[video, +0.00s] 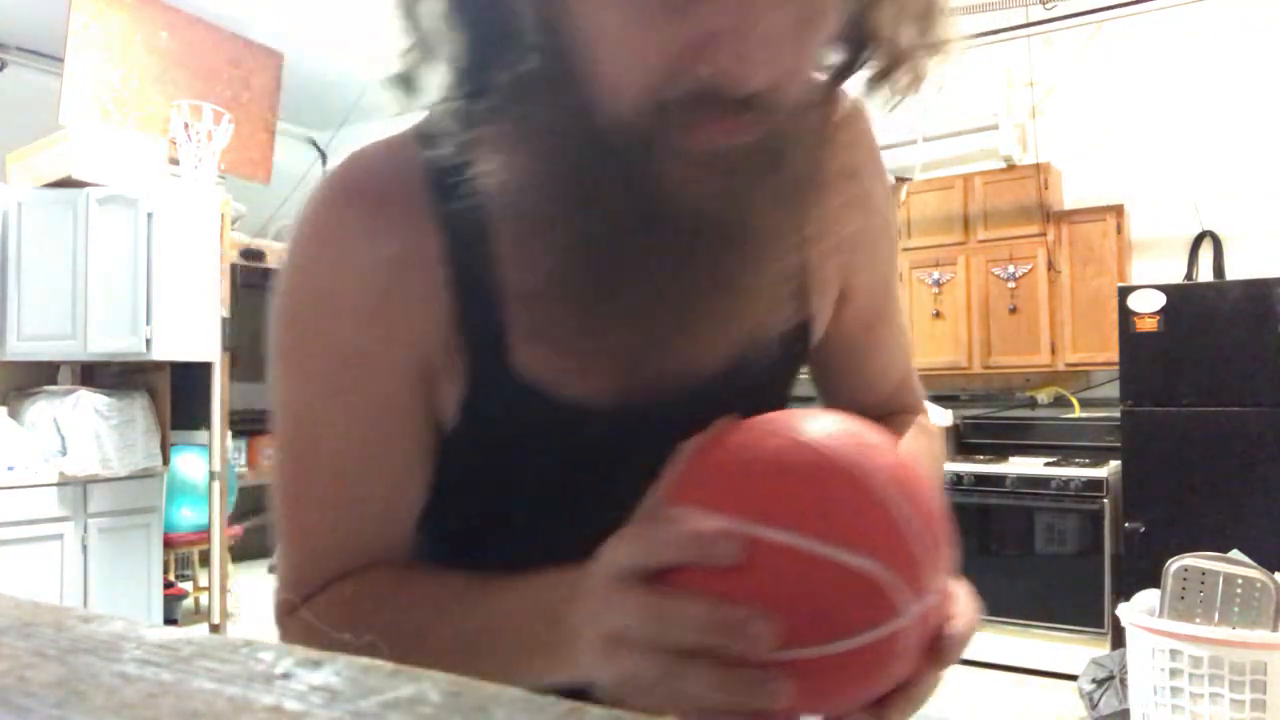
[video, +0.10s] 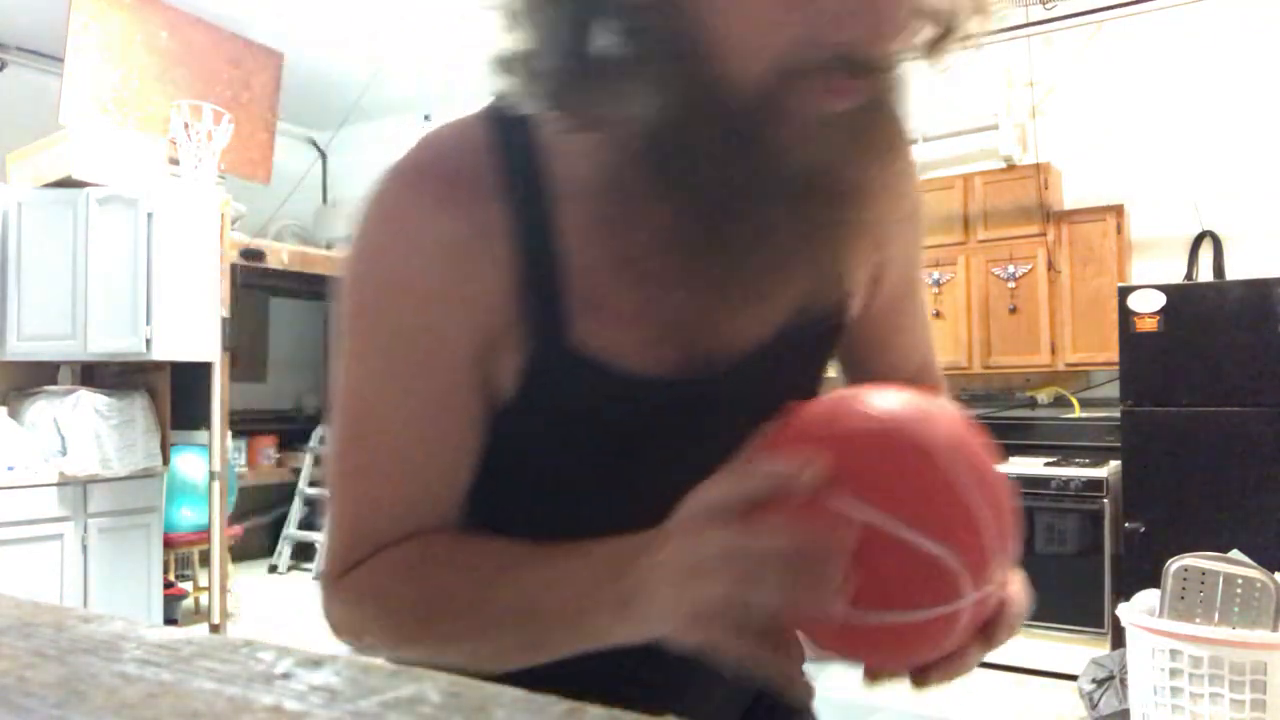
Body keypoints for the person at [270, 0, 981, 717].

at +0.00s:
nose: (746, 55)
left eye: (805, 1)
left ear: (848, 14)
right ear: (539, 8)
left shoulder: (829, 157)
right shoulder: (384, 219)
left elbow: (894, 414)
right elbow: (325, 604)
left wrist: (897, 573)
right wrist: (570, 625)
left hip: (732, 688)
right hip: (447, 704)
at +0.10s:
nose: (879, 26)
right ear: (638, 6)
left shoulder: (862, 167)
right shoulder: (453, 201)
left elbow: (914, 428)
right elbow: (369, 584)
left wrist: (961, 565)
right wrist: (647, 585)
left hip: (733, 686)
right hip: (489, 693)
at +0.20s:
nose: (980, 18)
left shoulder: (896, 187)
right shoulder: (539, 184)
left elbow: (928, 454)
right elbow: (413, 563)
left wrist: (978, 555)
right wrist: (709, 553)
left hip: (766, 683)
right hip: (534, 692)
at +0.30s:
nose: (1049, 23)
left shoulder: (930, 179)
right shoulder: (624, 163)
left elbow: (944, 451)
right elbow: (462, 542)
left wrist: (1012, 508)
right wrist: (794, 522)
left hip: (791, 677)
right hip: (573, 688)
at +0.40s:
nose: (1099, 29)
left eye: (1101, 0)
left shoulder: (943, 170)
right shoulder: (684, 153)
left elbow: (978, 374)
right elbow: (526, 530)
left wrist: (1046, 477)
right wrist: (864, 519)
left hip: (815, 675)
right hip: (608, 686)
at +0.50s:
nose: (1134, 23)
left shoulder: (965, 154)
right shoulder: (743, 132)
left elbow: (977, 371)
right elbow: (583, 507)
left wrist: (1068, 503)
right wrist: (910, 504)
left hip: (824, 671)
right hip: (631, 683)